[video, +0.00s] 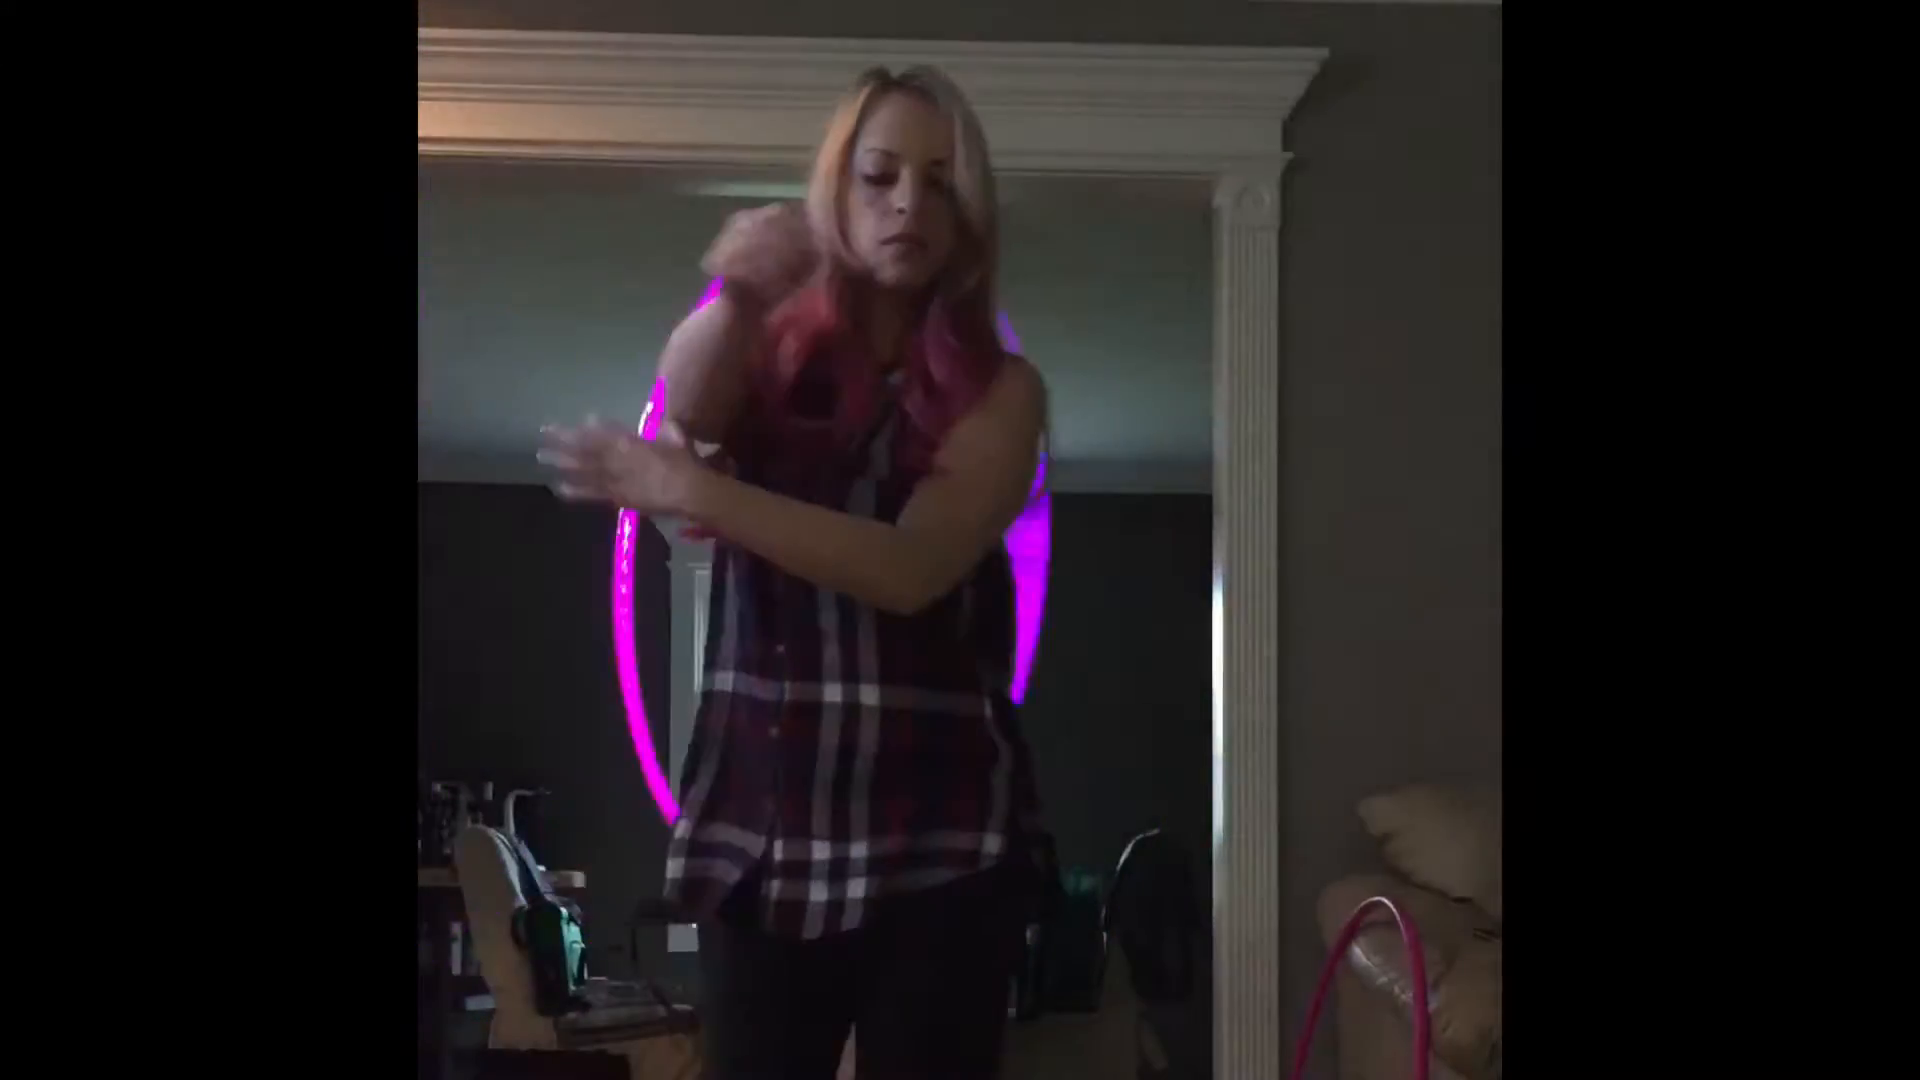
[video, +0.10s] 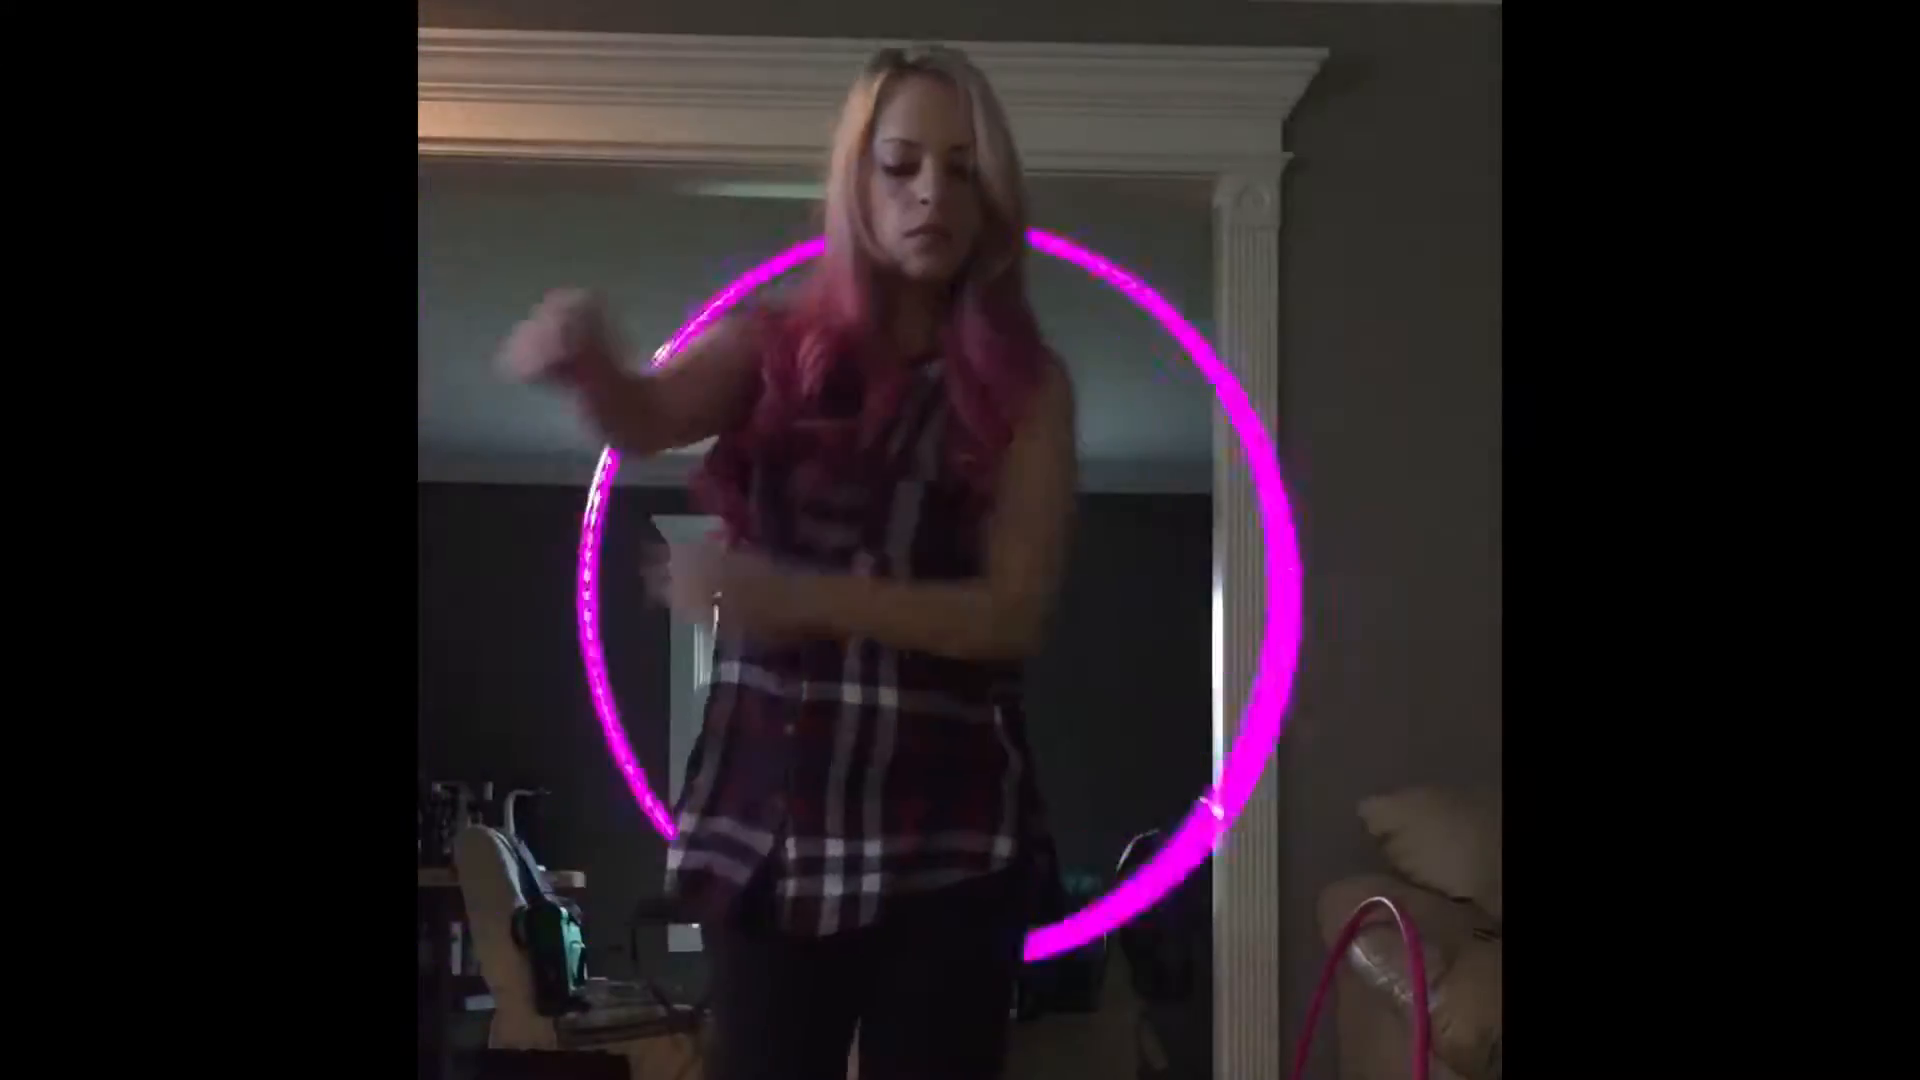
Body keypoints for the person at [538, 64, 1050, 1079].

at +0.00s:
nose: (909, 207)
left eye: (940, 182)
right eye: (881, 176)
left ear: (971, 207)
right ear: (834, 193)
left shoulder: (1001, 386)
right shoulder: (757, 341)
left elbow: (911, 573)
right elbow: (682, 415)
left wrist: (688, 494)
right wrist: (735, 292)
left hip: (944, 838)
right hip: (764, 827)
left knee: (926, 1063)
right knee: (754, 1065)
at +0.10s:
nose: (930, 195)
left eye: (961, 169)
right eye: (901, 165)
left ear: (992, 193)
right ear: (853, 181)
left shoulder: (1023, 380)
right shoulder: (779, 329)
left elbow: (1014, 614)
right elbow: (649, 421)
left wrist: (788, 599)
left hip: (949, 835)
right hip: (769, 824)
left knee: (929, 1067)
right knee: (759, 1065)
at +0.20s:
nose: (943, 181)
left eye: (972, 153)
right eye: (910, 152)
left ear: (1004, 175)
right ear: (857, 168)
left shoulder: (1049, 377)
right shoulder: (769, 331)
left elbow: (1120, 626)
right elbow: (589, 445)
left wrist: (1049, 759)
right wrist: (442, 489)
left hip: (960, 837)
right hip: (774, 830)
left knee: (937, 1069)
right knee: (771, 1067)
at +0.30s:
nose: (946, 170)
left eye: (972, 142)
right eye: (912, 143)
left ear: (1008, 157)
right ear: (858, 157)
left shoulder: (1058, 355)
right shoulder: (767, 332)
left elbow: (1190, 571)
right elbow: (583, 481)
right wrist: (421, 565)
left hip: (971, 846)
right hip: (775, 837)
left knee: (948, 1071)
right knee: (773, 1066)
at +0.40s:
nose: (934, 160)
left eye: (962, 130)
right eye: (901, 130)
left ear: (1005, 148)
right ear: (849, 143)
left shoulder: (1051, 346)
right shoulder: (767, 333)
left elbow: (1213, 524)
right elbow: (598, 514)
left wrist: (1371, 641)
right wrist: (426, 634)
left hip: (968, 836)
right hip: (782, 827)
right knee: (778, 1076)